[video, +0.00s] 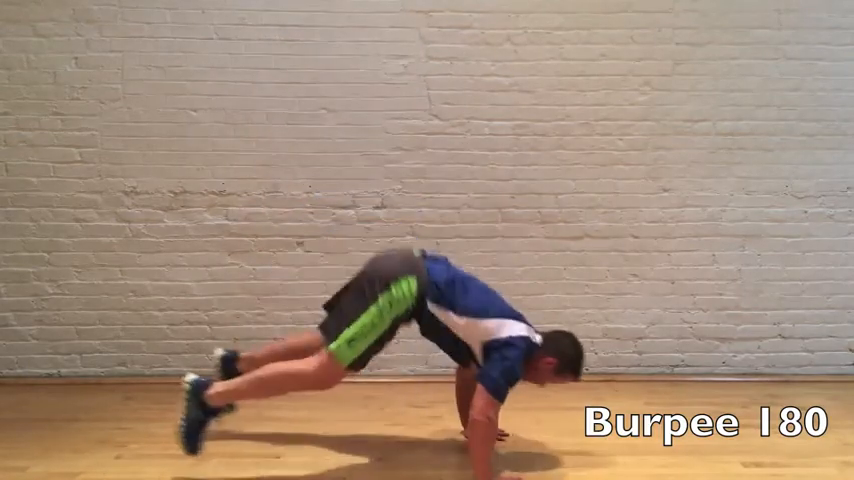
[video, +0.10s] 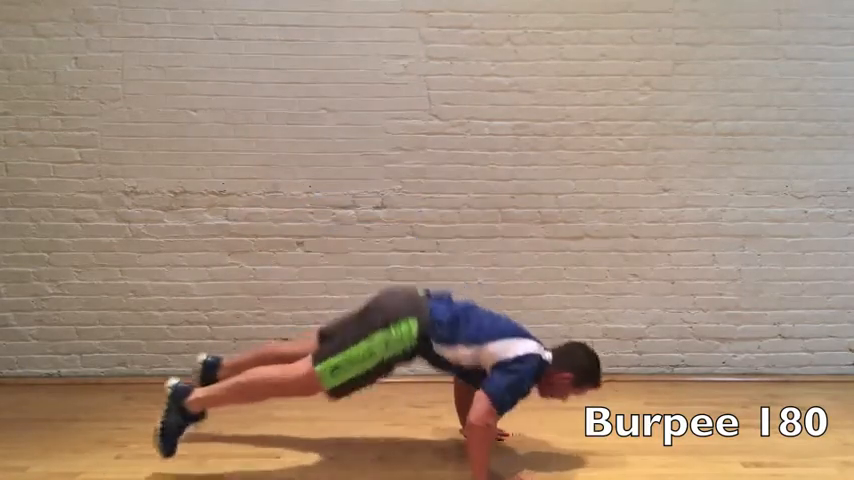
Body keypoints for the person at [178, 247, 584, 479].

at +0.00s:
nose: (548, 384)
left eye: (556, 380)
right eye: (555, 379)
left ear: (546, 351)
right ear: (549, 363)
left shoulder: (509, 332)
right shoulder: (515, 350)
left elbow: (467, 384)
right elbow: (482, 419)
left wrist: (474, 431)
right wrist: (486, 475)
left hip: (404, 265)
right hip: (405, 281)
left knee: (323, 342)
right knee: (323, 372)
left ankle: (237, 367)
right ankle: (210, 397)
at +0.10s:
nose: (566, 398)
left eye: (573, 394)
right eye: (572, 393)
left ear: (562, 363)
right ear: (564, 375)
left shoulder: (520, 343)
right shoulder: (529, 363)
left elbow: (465, 386)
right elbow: (478, 419)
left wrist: (478, 431)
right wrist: (484, 474)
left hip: (406, 303)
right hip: (408, 324)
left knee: (308, 348)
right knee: (303, 380)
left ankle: (217, 370)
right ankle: (191, 403)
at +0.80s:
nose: (543, 387)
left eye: (551, 383)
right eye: (550, 381)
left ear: (540, 354)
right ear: (543, 365)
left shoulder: (506, 336)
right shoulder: (512, 351)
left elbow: (467, 390)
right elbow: (480, 413)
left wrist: (474, 434)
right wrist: (485, 473)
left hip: (393, 274)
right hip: (393, 285)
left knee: (324, 366)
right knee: (328, 387)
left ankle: (233, 384)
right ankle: (227, 405)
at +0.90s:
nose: (513, 369)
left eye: (521, 366)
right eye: (520, 363)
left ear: (515, 340)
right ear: (515, 346)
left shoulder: (488, 324)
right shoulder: (485, 338)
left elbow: (463, 383)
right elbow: (477, 413)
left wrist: (476, 427)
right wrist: (484, 474)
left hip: (381, 248)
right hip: (375, 257)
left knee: (378, 351)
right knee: (387, 373)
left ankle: (321, 409)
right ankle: (308, 410)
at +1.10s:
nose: (536, 269)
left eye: (539, 260)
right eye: (535, 257)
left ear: (514, 249)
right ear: (517, 249)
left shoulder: (485, 259)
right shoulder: (484, 275)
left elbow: (486, 343)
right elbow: (491, 359)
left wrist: (497, 390)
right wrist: (513, 429)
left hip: (365, 278)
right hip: (352, 286)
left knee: (436, 339)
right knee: (426, 369)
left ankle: (402, 427)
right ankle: (389, 448)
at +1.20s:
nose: (535, 205)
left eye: (536, 197)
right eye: (532, 196)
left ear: (507, 192)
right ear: (512, 193)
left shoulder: (480, 212)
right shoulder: (479, 226)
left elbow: (472, 295)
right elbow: (470, 304)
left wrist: (498, 328)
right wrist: (511, 349)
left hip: (373, 267)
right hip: (360, 272)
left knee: (434, 338)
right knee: (432, 360)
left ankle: (399, 427)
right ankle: (389, 447)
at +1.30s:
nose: (519, 145)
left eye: (518, 136)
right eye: (517, 136)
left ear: (483, 135)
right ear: (502, 138)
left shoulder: (460, 161)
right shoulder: (476, 179)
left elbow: (453, 246)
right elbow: (459, 257)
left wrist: (490, 260)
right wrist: (495, 268)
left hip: (374, 255)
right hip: (377, 262)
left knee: (430, 350)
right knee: (442, 363)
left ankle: (397, 426)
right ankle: (373, 446)